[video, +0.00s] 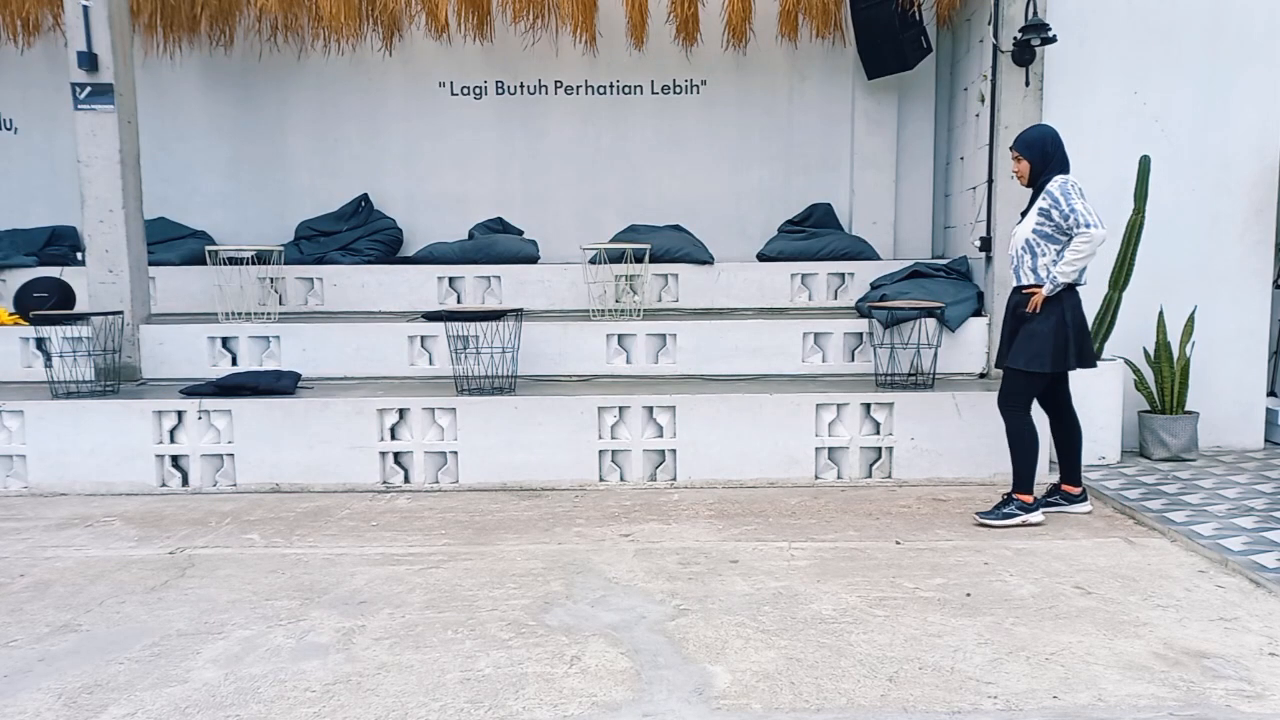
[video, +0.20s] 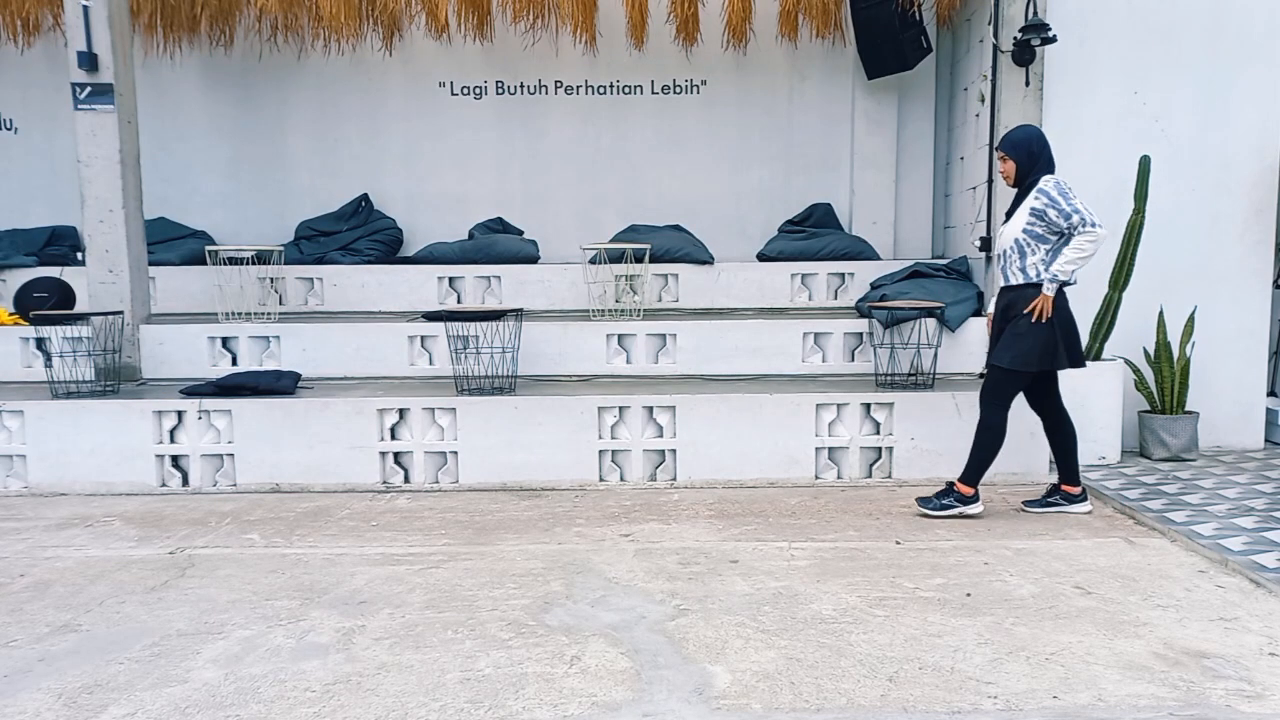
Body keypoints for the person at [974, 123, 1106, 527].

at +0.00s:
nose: (1015, 168)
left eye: (1020, 160)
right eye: (1014, 160)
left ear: (1041, 157)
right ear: (1038, 159)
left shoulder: (1060, 187)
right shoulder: (1044, 194)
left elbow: (1091, 232)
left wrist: (1052, 283)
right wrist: (1032, 284)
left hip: (1045, 311)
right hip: (1040, 309)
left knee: (1013, 402)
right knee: (1056, 401)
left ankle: (1022, 499)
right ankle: (1071, 488)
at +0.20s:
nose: (1000, 168)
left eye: (1005, 160)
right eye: (998, 160)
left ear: (1027, 158)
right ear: (1017, 160)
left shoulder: (1048, 186)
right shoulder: (1025, 198)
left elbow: (1091, 231)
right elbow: (1015, 262)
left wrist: (1052, 283)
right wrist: (997, 306)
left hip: (1032, 310)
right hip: (1017, 310)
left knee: (994, 397)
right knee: (1048, 404)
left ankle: (964, 490)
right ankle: (1071, 489)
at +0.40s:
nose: (976, 169)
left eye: (981, 161)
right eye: (976, 162)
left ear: (1002, 160)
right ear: (996, 163)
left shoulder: (1027, 194)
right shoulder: (997, 205)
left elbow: (1072, 248)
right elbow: (978, 268)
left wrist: (1074, 311)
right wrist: (948, 304)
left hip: (1006, 310)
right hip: (988, 311)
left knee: (968, 400)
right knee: (1030, 403)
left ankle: (939, 489)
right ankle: (1068, 486)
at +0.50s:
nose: (960, 169)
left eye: (965, 160)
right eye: (960, 160)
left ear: (987, 160)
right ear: (983, 160)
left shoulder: (1011, 198)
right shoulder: (983, 204)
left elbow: (1041, 263)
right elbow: (958, 265)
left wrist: (1071, 321)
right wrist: (927, 300)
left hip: (982, 308)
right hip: (967, 308)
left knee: (959, 402)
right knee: (1006, 402)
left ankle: (940, 490)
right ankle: (1060, 479)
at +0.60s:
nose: (944, 166)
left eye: (949, 158)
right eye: (944, 158)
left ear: (970, 158)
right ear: (967, 159)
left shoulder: (992, 199)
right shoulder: (964, 202)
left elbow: (1011, 267)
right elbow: (942, 267)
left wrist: (1025, 327)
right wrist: (917, 305)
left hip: (962, 304)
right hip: (944, 305)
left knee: (955, 404)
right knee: (963, 405)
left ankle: (941, 491)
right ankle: (1035, 468)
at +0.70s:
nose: (925, 164)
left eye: (931, 156)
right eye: (925, 157)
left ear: (952, 157)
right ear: (947, 159)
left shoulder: (971, 199)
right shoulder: (949, 201)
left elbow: (974, 272)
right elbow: (940, 272)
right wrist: (913, 322)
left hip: (948, 309)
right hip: (924, 309)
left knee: (947, 400)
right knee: (910, 401)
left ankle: (942, 491)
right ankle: (984, 457)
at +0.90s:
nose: (884, 161)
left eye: (889, 154)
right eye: (885, 154)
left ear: (909, 157)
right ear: (913, 158)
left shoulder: (922, 197)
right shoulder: (916, 196)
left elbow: (891, 263)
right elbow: (936, 267)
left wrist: (850, 308)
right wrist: (944, 319)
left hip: (914, 309)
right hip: (895, 306)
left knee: (921, 401)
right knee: (855, 391)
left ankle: (940, 491)